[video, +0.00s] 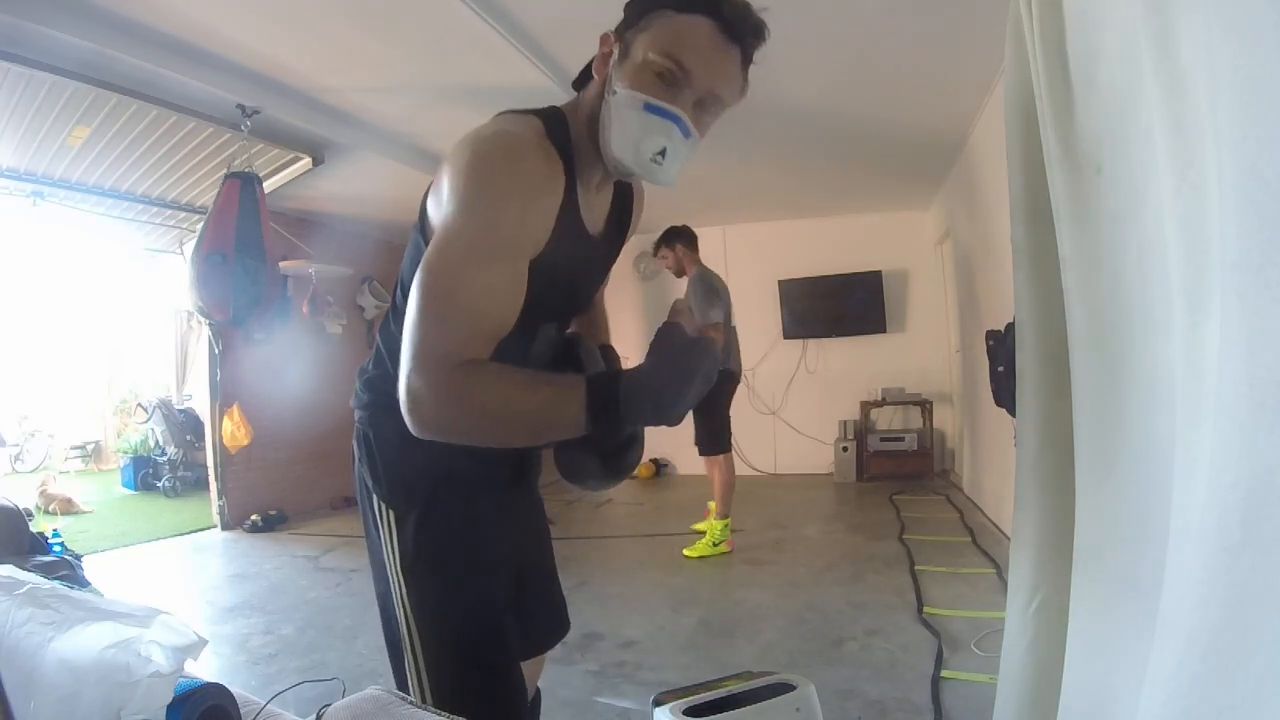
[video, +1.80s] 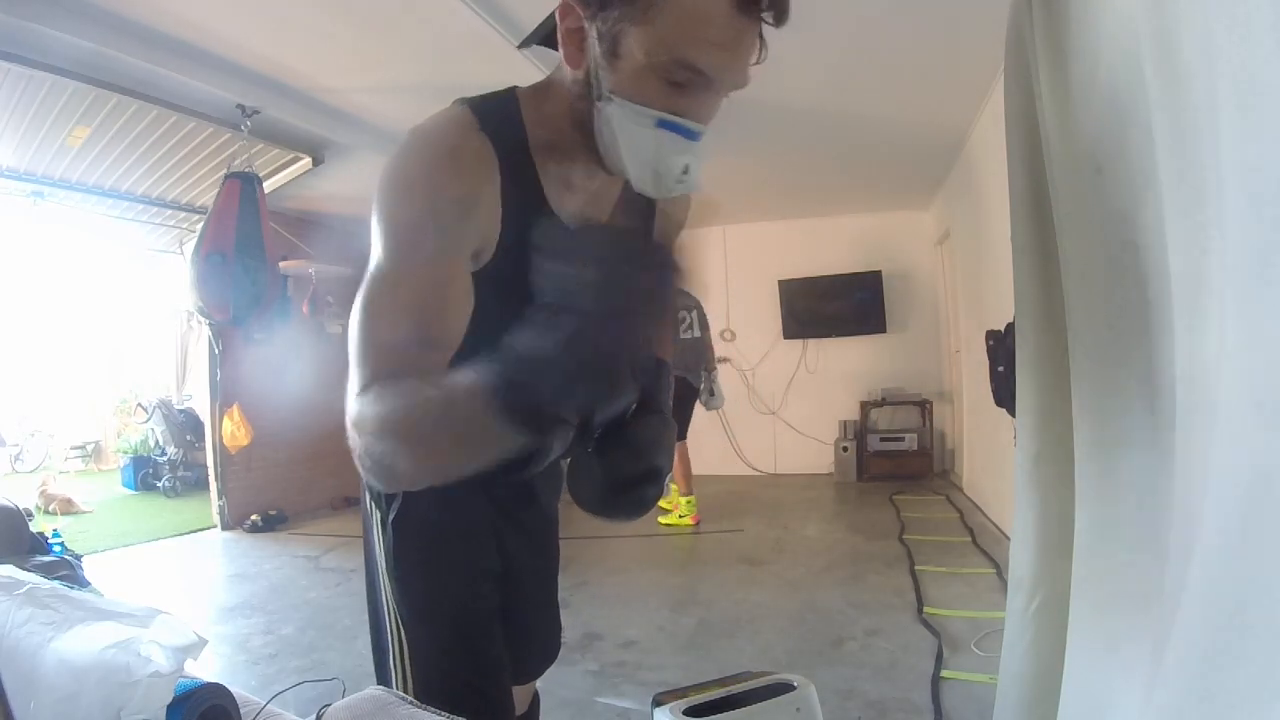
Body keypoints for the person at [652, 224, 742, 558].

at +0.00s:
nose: (664, 266)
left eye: (665, 258)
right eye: (662, 260)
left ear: (679, 250)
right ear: (683, 251)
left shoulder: (705, 282)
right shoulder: (701, 281)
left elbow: (714, 338)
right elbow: (704, 334)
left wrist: (695, 373)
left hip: (719, 373)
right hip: (714, 372)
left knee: (717, 452)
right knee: (712, 450)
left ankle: (721, 533)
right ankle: (717, 517)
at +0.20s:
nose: (678, 267)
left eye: (678, 259)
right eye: (676, 260)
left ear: (690, 253)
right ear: (702, 253)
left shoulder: (707, 285)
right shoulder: (727, 284)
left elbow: (712, 336)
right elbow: (728, 335)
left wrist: (687, 371)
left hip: (715, 375)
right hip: (731, 375)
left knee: (718, 454)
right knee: (730, 448)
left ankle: (719, 533)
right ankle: (748, 513)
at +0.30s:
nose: (684, 270)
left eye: (685, 262)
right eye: (683, 264)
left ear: (696, 255)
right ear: (708, 256)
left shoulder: (708, 286)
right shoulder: (734, 286)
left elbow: (710, 336)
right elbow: (749, 342)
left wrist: (686, 371)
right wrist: (746, 379)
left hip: (718, 378)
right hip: (738, 378)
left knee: (719, 456)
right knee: (738, 449)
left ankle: (718, 533)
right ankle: (750, 515)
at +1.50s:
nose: (665, 279)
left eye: (666, 273)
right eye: (666, 273)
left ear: (673, 272)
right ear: (683, 269)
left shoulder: (671, 300)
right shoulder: (705, 297)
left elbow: (668, 344)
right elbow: (721, 339)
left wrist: (661, 376)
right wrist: (723, 374)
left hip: (684, 375)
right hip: (708, 375)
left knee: (683, 442)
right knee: (701, 439)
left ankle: (687, 508)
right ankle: (729, 489)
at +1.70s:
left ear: (653, 279)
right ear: (670, 273)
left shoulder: (656, 302)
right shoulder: (694, 297)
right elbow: (711, 337)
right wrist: (716, 369)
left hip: (675, 374)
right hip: (697, 374)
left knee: (678, 438)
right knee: (682, 437)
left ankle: (687, 507)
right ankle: (693, 498)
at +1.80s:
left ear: (658, 279)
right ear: (676, 275)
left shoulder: (660, 303)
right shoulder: (691, 300)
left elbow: (662, 346)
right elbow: (706, 341)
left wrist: (654, 375)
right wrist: (710, 372)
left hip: (673, 376)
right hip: (693, 376)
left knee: (677, 440)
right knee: (675, 436)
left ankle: (687, 507)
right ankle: (677, 491)